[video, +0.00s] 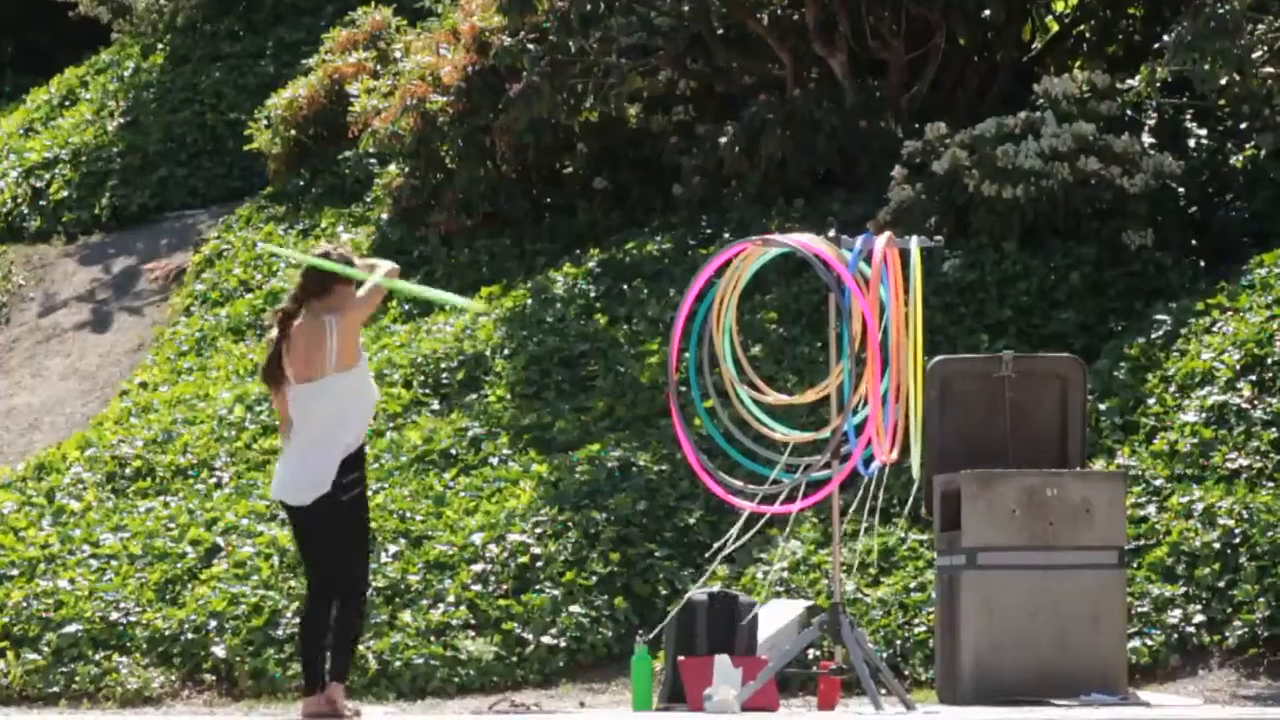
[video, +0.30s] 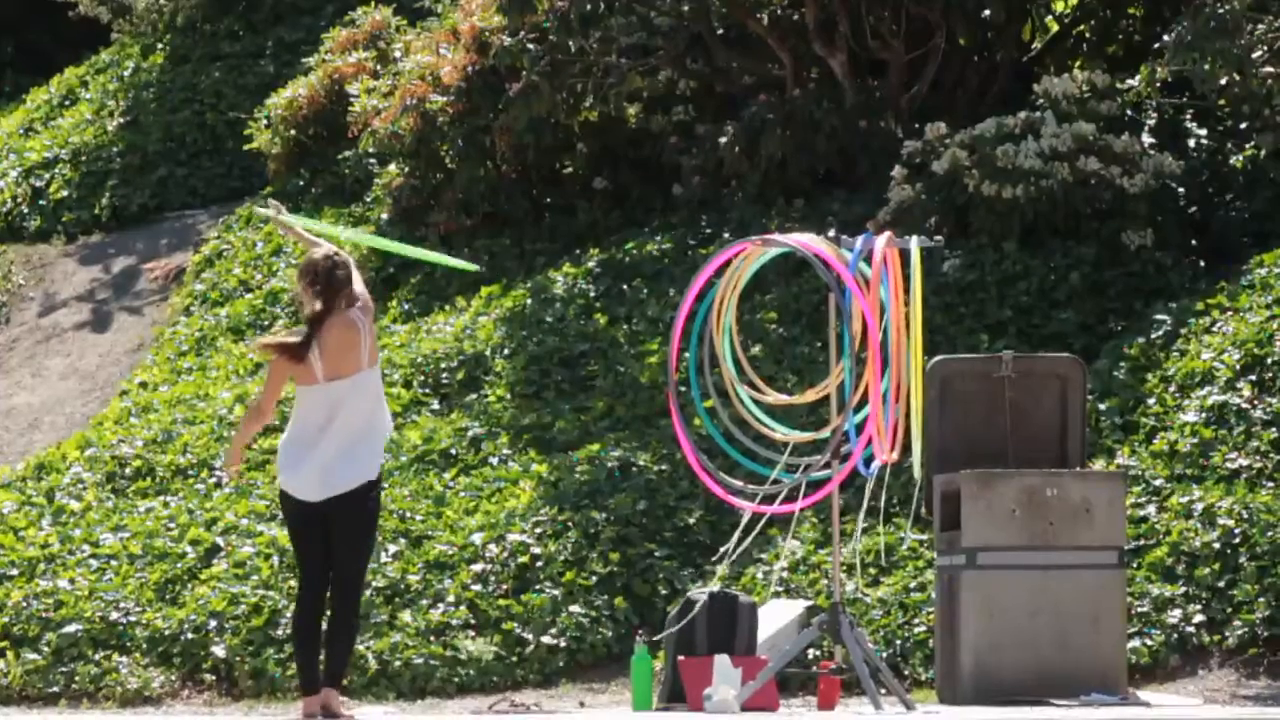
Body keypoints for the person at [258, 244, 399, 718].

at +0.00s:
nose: (353, 295)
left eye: (351, 285)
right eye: (352, 286)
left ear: (309, 285)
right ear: (340, 286)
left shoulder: (287, 336)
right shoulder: (342, 320)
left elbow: (282, 404)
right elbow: (387, 272)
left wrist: (291, 439)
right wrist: (370, 266)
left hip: (295, 479)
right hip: (339, 477)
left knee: (319, 585)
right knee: (353, 583)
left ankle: (313, 695)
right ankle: (335, 687)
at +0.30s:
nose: (353, 291)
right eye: (350, 285)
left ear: (306, 295)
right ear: (346, 290)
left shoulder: (290, 350)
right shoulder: (360, 322)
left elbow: (262, 410)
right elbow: (345, 265)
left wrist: (235, 451)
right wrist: (294, 227)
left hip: (299, 482)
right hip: (354, 481)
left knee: (309, 585)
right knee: (348, 589)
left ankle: (309, 695)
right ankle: (332, 689)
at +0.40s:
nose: (300, 295)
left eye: (302, 288)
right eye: (303, 287)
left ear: (310, 291)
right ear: (340, 287)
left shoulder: (296, 351)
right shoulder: (365, 319)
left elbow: (255, 404)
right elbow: (330, 262)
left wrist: (210, 442)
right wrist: (282, 218)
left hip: (305, 481)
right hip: (362, 481)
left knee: (310, 586)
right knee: (347, 588)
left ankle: (310, 696)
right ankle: (332, 694)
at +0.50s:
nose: (299, 296)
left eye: (301, 288)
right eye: (300, 287)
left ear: (317, 290)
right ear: (341, 285)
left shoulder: (303, 345)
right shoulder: (370, 318)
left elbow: (250, 397)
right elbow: (330, 260)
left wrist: (191, 433)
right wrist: (280, 211)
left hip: (311, 467)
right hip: (368, 469)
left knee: (309, 582)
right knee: (347, 585)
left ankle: (309, 694)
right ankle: (334, 692)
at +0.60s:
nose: (300, 300)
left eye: (302, 291)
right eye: (299, 292)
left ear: (322, 292)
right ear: (342, 286)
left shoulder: (312, 345)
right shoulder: (368, 325)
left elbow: (245, 392)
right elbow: (334, 260)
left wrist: (177, 426)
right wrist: (287, 208)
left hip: (314, 471)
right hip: (369, 476)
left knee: (305, 582)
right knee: (345, 585)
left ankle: (309, 693)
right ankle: (335, 691)